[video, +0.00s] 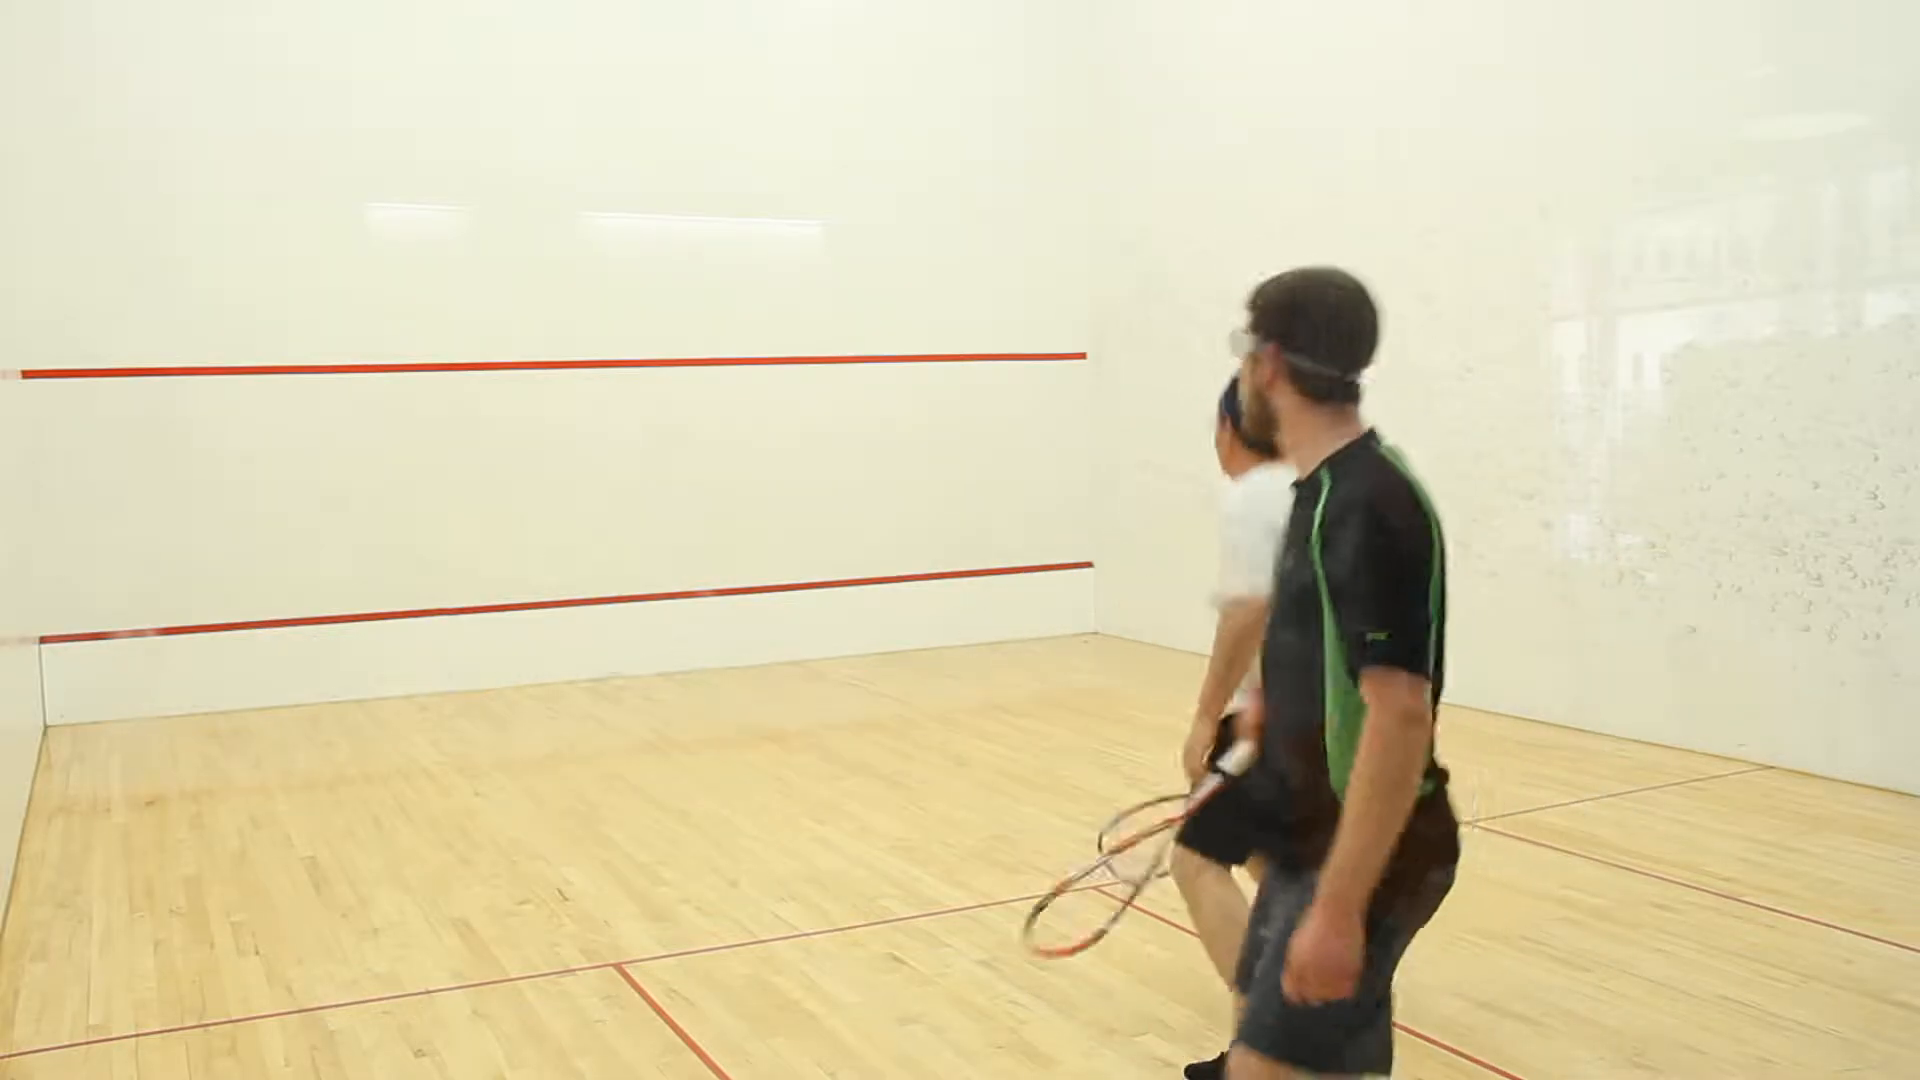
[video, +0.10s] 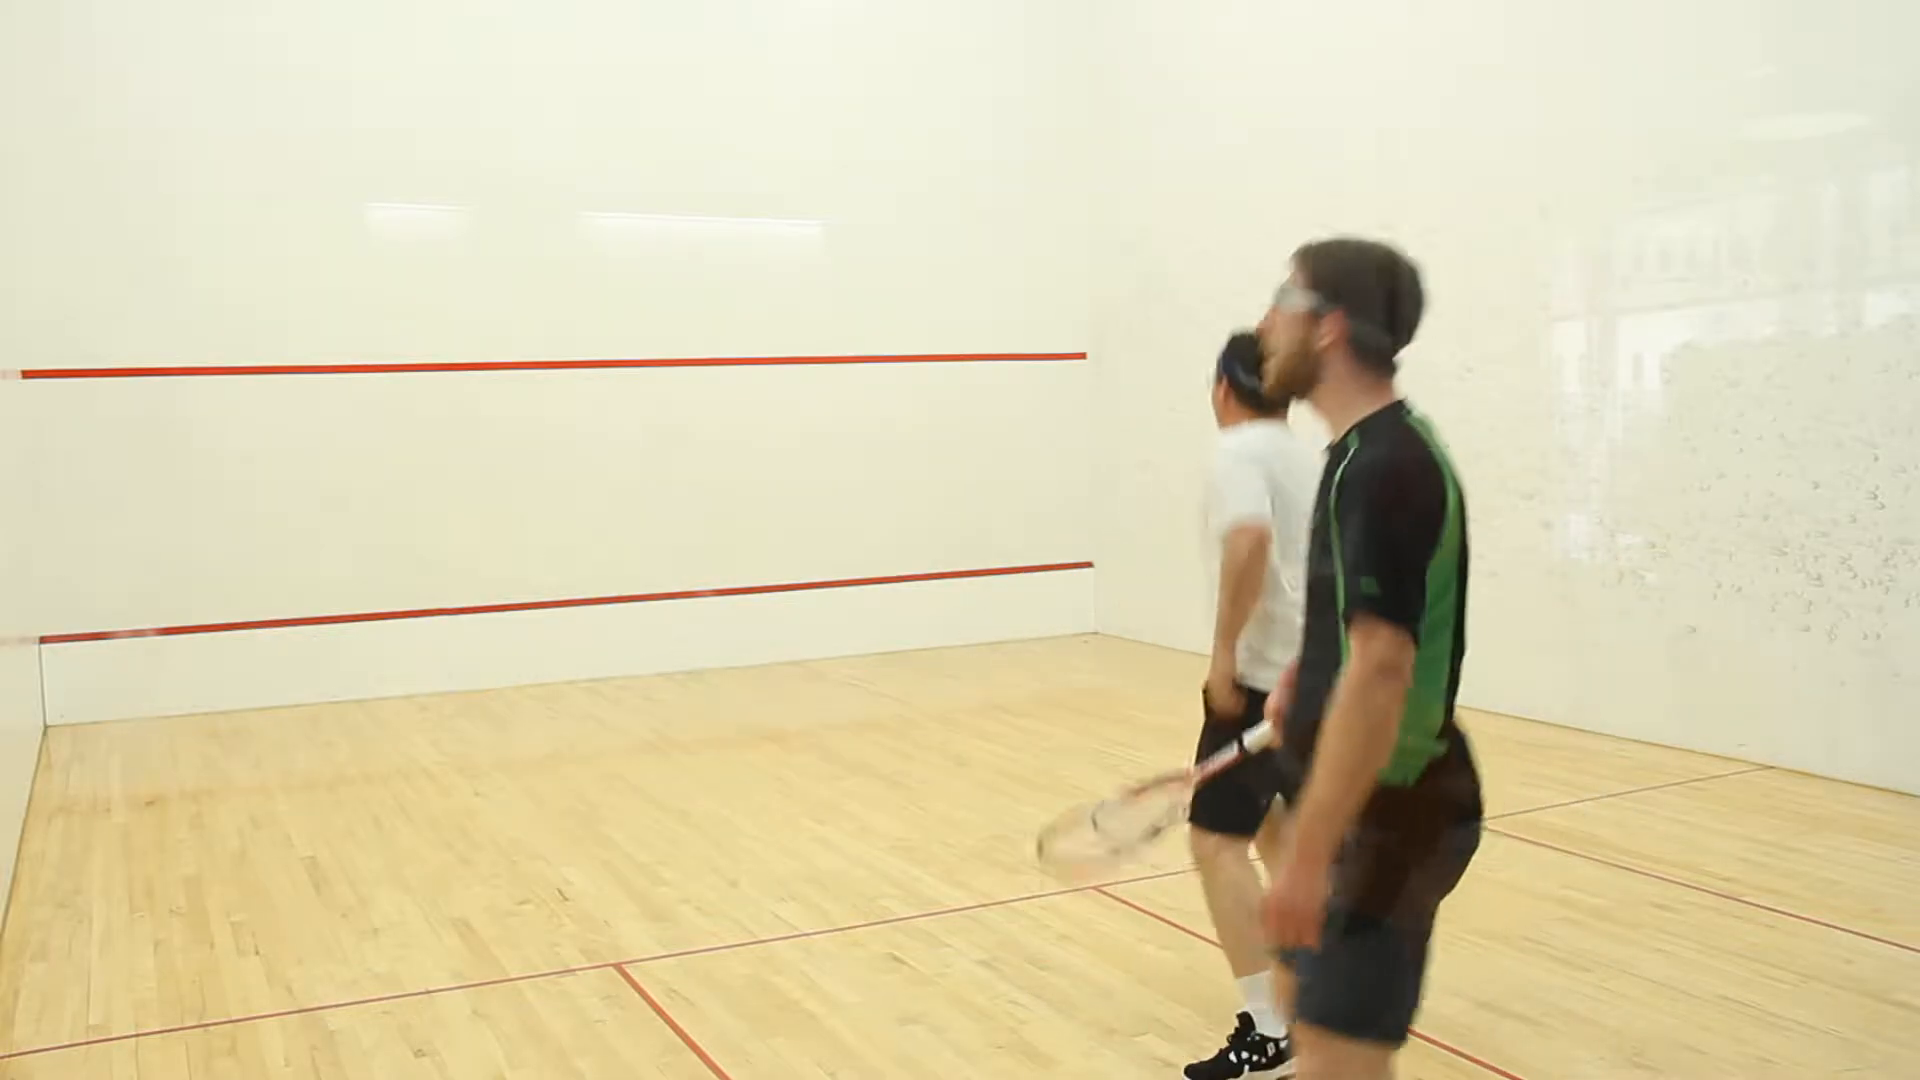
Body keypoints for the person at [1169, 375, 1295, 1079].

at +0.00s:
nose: (1214, 440)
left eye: (1217, 425)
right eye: (1219, 424)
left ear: (1231, 427)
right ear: (1275, 431)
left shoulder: (1253, 495)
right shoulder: (1312, 491)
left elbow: (1247, 610)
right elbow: (1317, 627)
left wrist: (1206, 716)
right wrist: (1266, 700)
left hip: (1280, 729)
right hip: (1315, 722)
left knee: (1195, 852)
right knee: (1277, 862)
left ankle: (1261, 1027)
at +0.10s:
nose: (1211, 397)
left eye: (1212, 386)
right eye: (1217, 386)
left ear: (1223, 388)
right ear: (1278, 390)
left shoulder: (1239, 451)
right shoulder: (1310, 452)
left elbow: (1249, 544)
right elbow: (1330, 571)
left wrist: (1222, 661)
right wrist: (1304, 668)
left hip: (1254, 683)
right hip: (1304, 681)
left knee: (1215, 839)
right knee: (1280, 834)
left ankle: (1266, 1025)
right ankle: (1312, 1001)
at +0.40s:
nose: (1222, 378)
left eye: (1223, 367)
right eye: (1237, 368)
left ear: (1231, 370)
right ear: (1293, 378)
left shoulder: (1223, 436)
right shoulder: (1331, 454)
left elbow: (1180, 530)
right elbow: (1356, 560)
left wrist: (1143, 613)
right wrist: (1316, 638)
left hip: (1236, 676)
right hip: (1318, 678)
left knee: (1198, 821)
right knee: (1267, 808)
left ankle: (1242, 998)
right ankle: (1269, 973)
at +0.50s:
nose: (1232, 367)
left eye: (1232, 355)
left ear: (1236, 361)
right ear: (1300, 366)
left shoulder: (1222, 441)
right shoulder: (1339, 450)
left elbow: (1180, 555)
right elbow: (1363, 568)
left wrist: (1132, 601)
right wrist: (1349, 651)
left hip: (1228, 671)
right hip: (1315, 675)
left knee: (1176, 799)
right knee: (1271, 806)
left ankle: (1222, 961)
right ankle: (1274, 970)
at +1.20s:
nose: (1345, 356)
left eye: (1341, 344)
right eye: (1343, 345)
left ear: (1277, 356)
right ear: (1333, 351)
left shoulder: (1244, 423)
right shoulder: (1338, 428)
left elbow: (1217, 514)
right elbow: (1346, 542)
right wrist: (1369, 654)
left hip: (1240, 649)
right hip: (1313, 652)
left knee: (1242, 775)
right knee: (1393, 758)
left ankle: (1212, 940)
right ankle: (1352, 920)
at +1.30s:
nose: (1372, 362)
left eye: (1368, 351)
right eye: (1369, 351)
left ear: (1306, 357)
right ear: (1355, 356)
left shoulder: (1268, 425)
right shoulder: (1357, 430)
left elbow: (1266, 536)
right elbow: (1347, 540)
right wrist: (1357, 655)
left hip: (1259, 652)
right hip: (1331, 655)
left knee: (1253, 775)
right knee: (1403, 765)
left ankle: (1212, 938)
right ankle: (1406, 930)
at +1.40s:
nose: (1404, 366)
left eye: (1402, 354)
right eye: (1401, 354)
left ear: (1338, 358)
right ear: (1385, 357)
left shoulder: (1308, 419)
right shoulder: (1386, 428)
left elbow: (1299, 532)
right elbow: (1370, 539)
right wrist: (1373, 652)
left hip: (1290, 647)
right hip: (1362, 654)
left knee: (1279, 772)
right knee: (1412, 778)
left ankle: (1217, 926)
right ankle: (1412, 929)